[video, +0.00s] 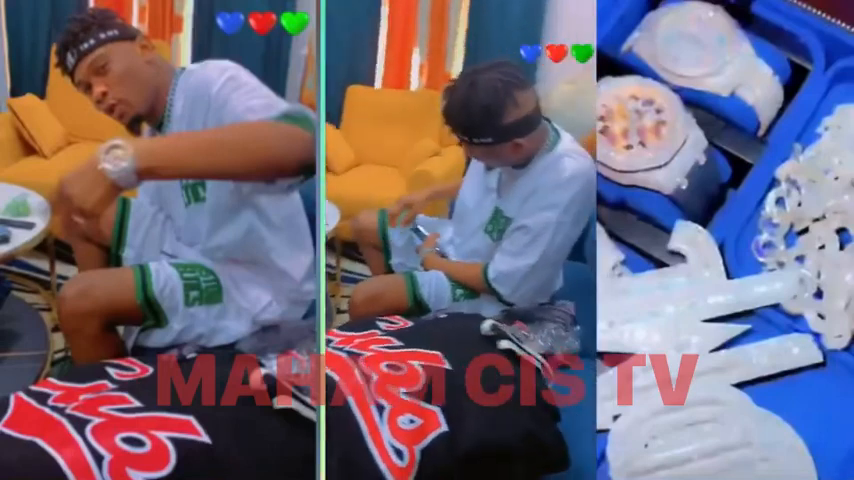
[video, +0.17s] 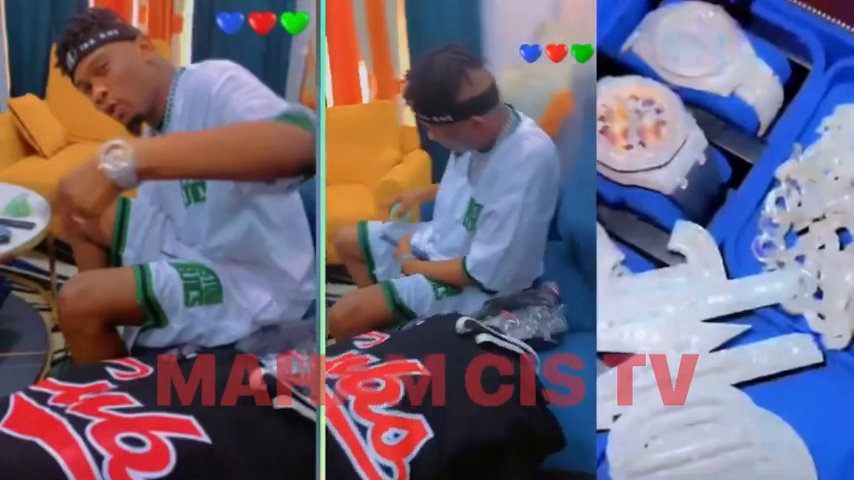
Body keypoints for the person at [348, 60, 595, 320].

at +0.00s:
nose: (464, 148)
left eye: (470, 143)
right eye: (463, 140)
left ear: (516, 148)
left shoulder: (567, 175)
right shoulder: (500, 134)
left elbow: (506, 282)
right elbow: (478, 186)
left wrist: (434, 261)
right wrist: (428, 194)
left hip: (493, 286)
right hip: (461, 239)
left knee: (366, 297)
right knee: (367, 226)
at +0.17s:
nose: (430, 134)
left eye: (434, 126)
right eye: (427, 125)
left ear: (475, 125)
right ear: (477, 122)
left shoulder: (530, 155)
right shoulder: (478, 136)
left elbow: (488, 272)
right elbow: (467, 186)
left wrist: (413, 266)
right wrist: (420, 194)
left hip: (477, 281)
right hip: (444, 236)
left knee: (343, 315)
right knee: (347, 241)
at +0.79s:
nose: (371, 116)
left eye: (379, 97)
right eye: (360, 109)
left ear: (413, 87)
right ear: (357, 116)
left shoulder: (463, 140)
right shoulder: (396, 158)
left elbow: (477, 257)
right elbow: (374, 216)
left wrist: (402, 297)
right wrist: (351, 262)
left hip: (473, 284)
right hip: (419, 268)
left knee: (349, 363)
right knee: (322, 296)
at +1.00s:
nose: (375, 106)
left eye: (383, 86)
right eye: (364, 100)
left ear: (418, 81)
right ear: (363, 111)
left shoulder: (465, 134)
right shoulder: (402, 156)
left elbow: (476, 251)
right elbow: (385, 213)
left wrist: (405, 293)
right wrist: (352, 258)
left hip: (484, 285)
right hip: (430, 269)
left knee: (332, 362)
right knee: (328, 289)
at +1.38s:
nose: (369, 134)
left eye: (372, 121)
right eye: (367, 122)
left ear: (405, 111)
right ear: (406, 112)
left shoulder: (460, 150)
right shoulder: (424, 149)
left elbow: (437, 271)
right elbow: (402, 218)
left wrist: (378, 283)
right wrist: (350, 252)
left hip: (491, 286)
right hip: (455, 263)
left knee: (347, 339)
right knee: (353, 268)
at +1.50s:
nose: (371, 134)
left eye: (373, 122)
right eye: (369, 124)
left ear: (408, 113)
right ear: (409, 114)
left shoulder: (461, 153)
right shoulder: (426, 147)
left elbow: (425, 269)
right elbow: (397, 213)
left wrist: (361, 283)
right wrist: (346, 247)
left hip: (492, 286)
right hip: (459, 260)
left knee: (353, 331)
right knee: (359, 259)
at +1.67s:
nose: (373, 135)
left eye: (377, 122)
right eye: (370, 124)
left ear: (415, 113)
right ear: (415, 114)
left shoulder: (466, 154)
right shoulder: (431, 146)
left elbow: (424, 269)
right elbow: (385, 204)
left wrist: (351, 278)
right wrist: (325, 243)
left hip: (497, 283)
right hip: (465, 257)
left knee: (359, 318)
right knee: (363, 245)